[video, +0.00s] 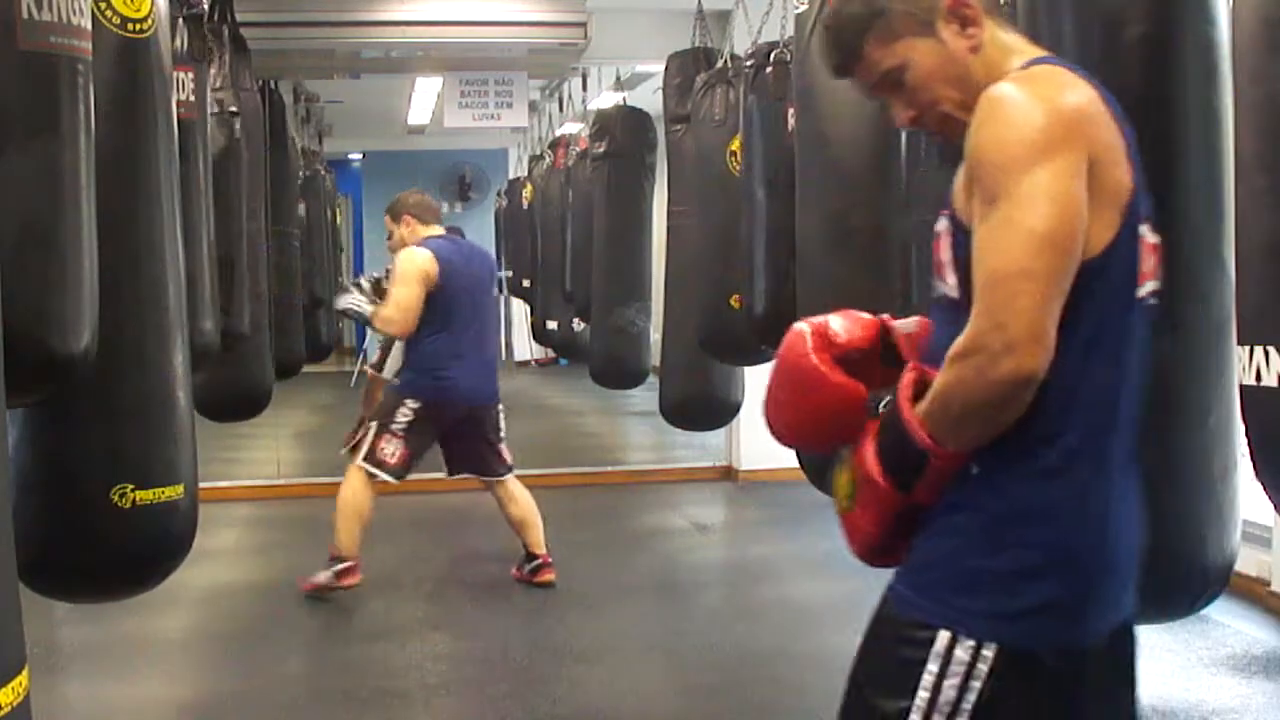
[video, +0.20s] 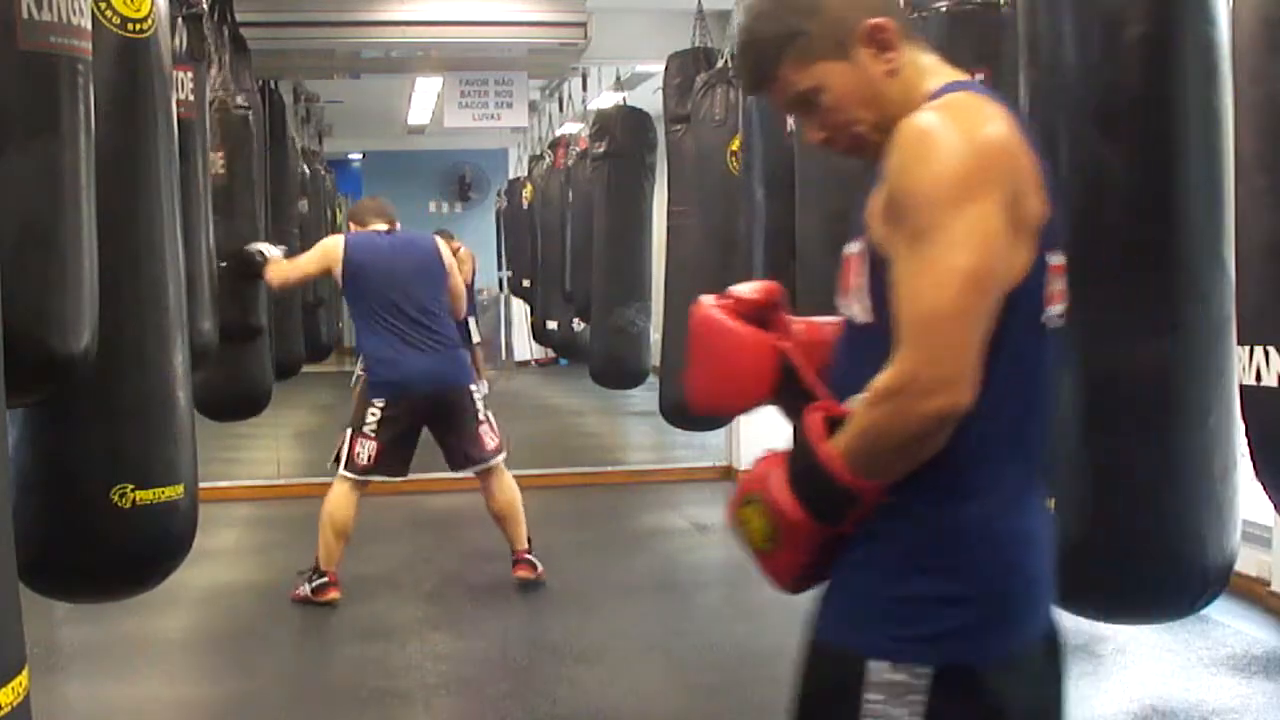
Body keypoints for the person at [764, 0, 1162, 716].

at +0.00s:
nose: (901, 116)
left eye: (899, 80)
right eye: (883, 99)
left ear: (962, 22)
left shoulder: (1023, 110)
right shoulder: (1066, 101)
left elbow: (1008, 355)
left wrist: (894, 458)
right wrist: (896, 345)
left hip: (1002, 572)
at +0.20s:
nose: (809, 135)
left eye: (812, 101)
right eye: (793, 117)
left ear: (880, 42)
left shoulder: (943, 139)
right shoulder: (965, 126)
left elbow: (934, 385)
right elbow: (931, 337)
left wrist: (811, 488)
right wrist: (794, 343)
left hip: (926, 595)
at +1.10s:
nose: (608, 121)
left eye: (609, 91)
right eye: (597, 101)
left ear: (677, 43)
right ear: (682, 43)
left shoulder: (725, 137)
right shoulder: (793, 113)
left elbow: (659, 373)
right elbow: (766, 320)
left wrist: (548, 451)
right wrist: (647, 285)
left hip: (738, 539)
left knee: (719, 711)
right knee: (825, 708)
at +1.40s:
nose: (616, 122)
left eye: (615, 93)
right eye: (604, 102)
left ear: (684, 52)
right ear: (687, 55)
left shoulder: (741, 137)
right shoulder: (751, 118)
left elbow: (644, 371)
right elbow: (640, 252)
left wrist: (583, 406)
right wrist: (547, 301)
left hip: (732, 546)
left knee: (716, 711)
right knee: (824, 706)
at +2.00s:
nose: (590, 71)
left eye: (596, 39)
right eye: (588, 43)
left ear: (659, 39)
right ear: (661, 40)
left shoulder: (701, 135)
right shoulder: (765, 119)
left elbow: (639, 355)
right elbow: (673, 276)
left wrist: (586, 394)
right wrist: (529, 318)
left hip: (719, 528)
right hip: (790, 502)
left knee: (695, 710)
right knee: (789, 706)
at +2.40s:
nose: (613, 90)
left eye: (618, 68)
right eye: (610, 70)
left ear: (667, 69)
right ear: (700, 67)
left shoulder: (676, 151)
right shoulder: (792, 151)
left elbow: (665, 304)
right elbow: (839, 283)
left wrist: (602, 346)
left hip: (707, 495)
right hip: (811, 485)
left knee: (600, 699)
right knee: (801, 698)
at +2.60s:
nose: (574, 119)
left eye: (575, 97)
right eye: (569, 100)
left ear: (624, 90)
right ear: (640, 86)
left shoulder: (639, 167)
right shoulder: (761, 164)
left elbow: (623, 336)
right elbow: (722, 311)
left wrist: (530, 297)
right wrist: (599, 268)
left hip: (674, 485)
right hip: (783, 475)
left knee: (580, 687)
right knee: (785, 702)